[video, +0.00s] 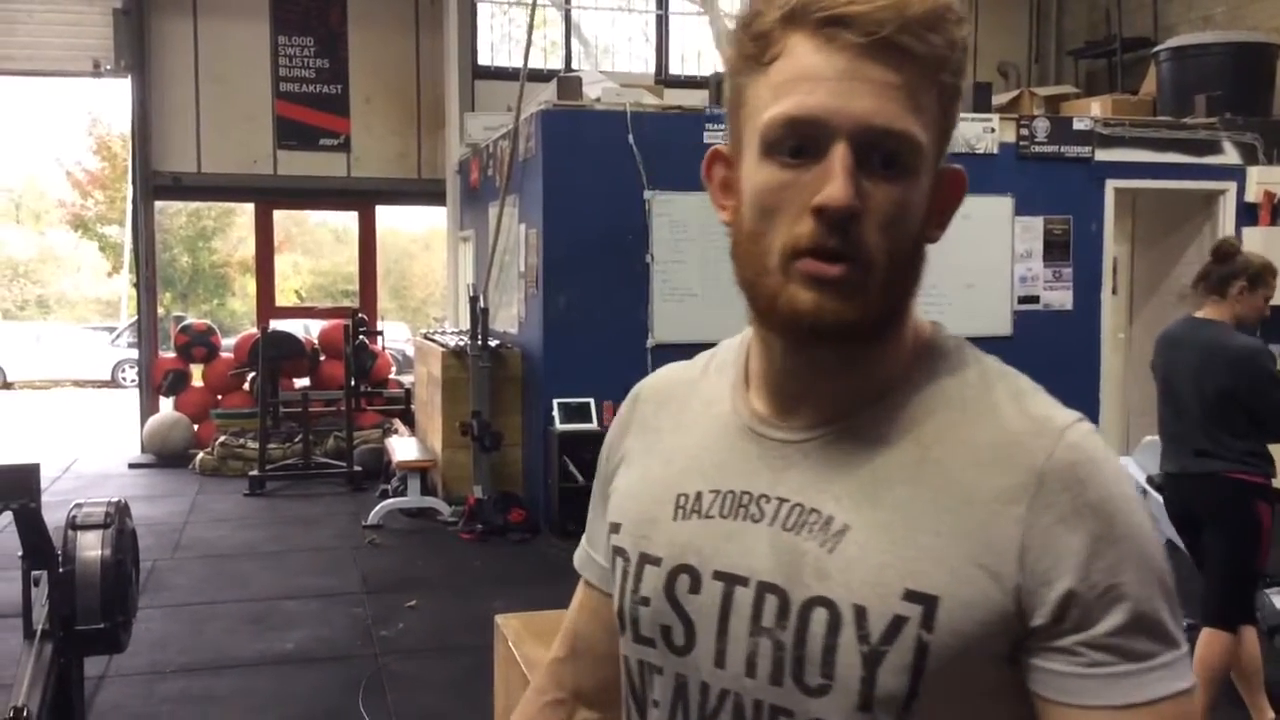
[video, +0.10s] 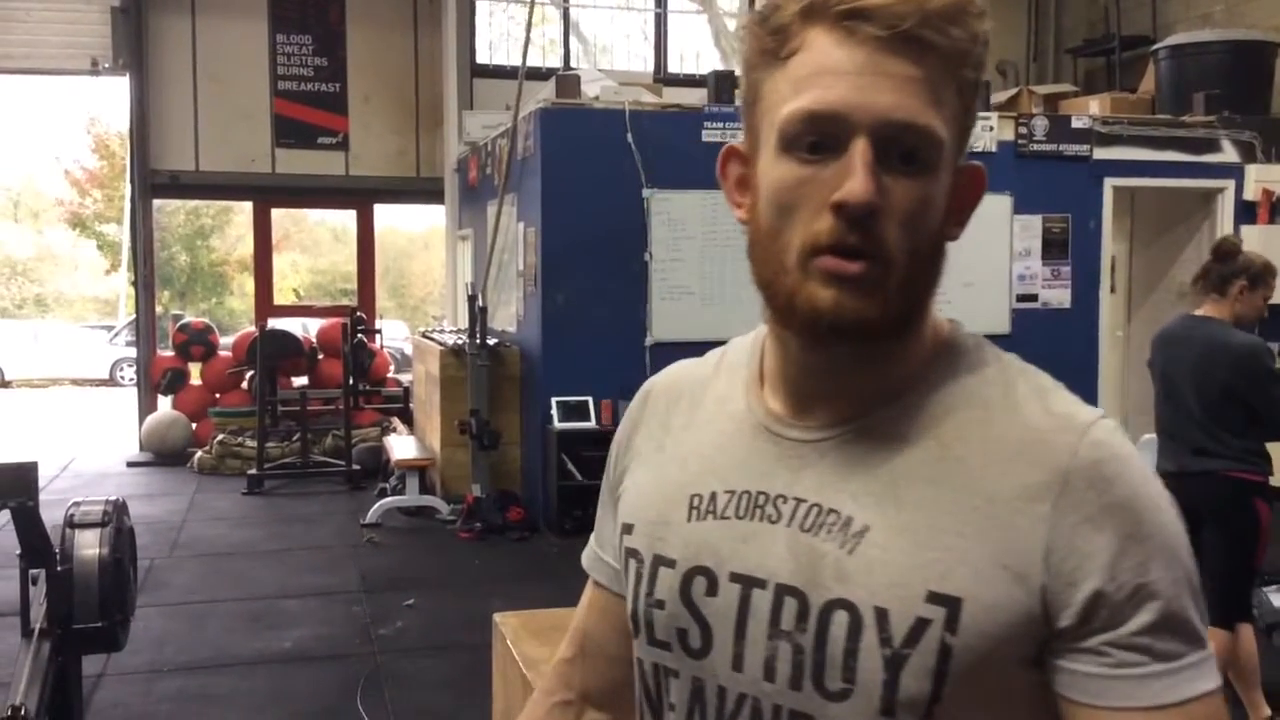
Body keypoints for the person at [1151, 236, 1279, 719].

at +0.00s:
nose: (1268, 309)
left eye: (1269, 299)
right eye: (1265, 298)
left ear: (1224, 288)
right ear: (1239, 291)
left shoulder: (1168, 340)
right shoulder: (1250, 353)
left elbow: (1181, 408)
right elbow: (1273, 424)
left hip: (1180, 484)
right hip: (1236, 488)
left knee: (1235, 606)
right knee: (1221, 612)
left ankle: (1261, 711)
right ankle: (1194, 713)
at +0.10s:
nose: (1266, 309)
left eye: (1268, 300)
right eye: (1265, 299)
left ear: (1221, 286)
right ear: (1240, 291)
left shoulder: (1165, 339)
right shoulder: (1249, 350)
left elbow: (1175, 408)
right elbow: (1273, 422)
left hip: (1178, 482)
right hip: (1235, 486)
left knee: (1234, 608)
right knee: (1219, 612)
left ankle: (1257, 709)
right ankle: (1202, 710)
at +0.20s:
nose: (1262, 309)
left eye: (1265, 299)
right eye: (1261, 298)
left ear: (1218, 284)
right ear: (1238, 289)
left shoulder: (1162, 336)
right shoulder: (1246, 348)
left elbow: (1167, 401)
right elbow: (1272, 420)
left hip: (1174, 478)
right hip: (1232, 483)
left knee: (1183, 595)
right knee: (1233, 603)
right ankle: (1253, 705)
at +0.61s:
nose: (1242, 289)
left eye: (1243, 281)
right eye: (1241, 281)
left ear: (1186, 275)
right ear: (1232, 281)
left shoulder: (1151, 330)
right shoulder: (1232, 339)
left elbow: (1154, 394)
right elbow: (1258, 418)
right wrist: (1208, 398)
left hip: (1160, 472)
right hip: (1218, 476)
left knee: (1169, 588)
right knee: (1218, 597)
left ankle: (1169, 698)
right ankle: (1240, 703)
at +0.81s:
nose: (1170, 279)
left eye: (1173, 272)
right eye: (1172, 272)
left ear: (1182, 277)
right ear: (1227, 280)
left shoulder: (1150, 330)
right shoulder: (1251, 333)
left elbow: (1150, 393)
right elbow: (1266, 412)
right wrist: (1217, 408)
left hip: (1157, 476)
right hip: (1223, 478)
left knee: (1209, 589)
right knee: (1199, 601)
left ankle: (1236, 696)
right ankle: (1179, 710)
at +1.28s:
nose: (1180, 258)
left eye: (1189, 250)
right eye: (1182, 248)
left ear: (1219, 259)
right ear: (1233, 258)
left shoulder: (1184, 311)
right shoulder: (1274, 300)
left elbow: (1165, 371)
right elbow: (1272, 365)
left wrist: (1217, 358)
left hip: (1196, 459)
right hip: (1265, 455)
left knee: (1218, 578)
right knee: (1236, 578)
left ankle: (1258, 674)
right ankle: (1206, 692)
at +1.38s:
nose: (1203, 258)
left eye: (1210, 249)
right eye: (1205, 248)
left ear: (1230, 255)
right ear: (1259, 252)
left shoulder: (1199, 310)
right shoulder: (1275, 296)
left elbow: (1185, 369)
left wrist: (1231, 368)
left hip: (1212, 452)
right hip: (1271, 449)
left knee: (1239, 571)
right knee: (1253, 575)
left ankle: (1271, 664)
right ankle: (1223, 688)